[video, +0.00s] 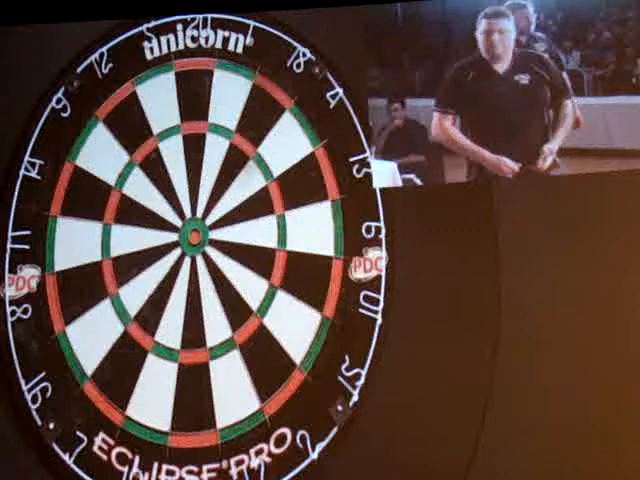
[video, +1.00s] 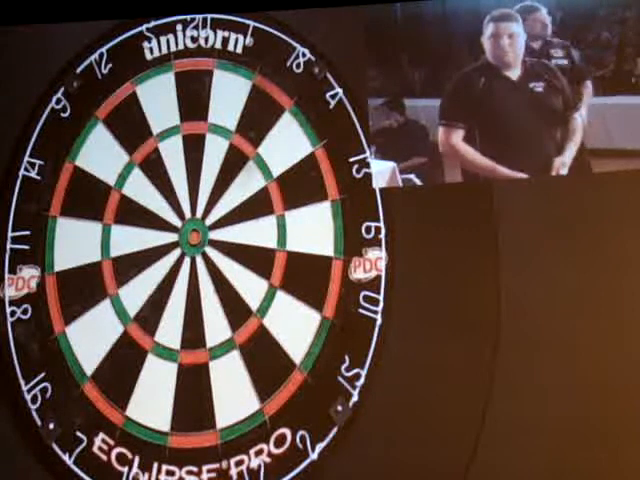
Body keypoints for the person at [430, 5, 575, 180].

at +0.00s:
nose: (493, 39)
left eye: (501, 32)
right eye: (486, 33)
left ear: (514, 36)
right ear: (477, 37)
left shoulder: (539, 65)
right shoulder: (462, 74)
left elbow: (566, 106)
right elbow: (440, 129)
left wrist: (553, 145)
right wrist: (489, 160)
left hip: (537, 181)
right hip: (487, 183)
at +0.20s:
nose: (494, 42)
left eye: (501, 35)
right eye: (487, 36)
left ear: (515, 39)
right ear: (476, 40)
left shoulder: (539, 69)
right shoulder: (461, 77)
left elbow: (565, 109)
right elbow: (441, 134)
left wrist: (555, 150)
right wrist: (492, 165)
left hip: (538, 188)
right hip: (485, 190)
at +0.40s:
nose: (500, 41)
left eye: (508, 34)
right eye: (493, 34)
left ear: (521, 38)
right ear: (482, 39)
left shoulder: (545, 71)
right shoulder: (464, 79)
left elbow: (572, 112)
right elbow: (442, 134)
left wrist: (558, 154)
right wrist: (495, 166)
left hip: (540, 189)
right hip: (487, 190)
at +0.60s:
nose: (503, 40)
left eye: (511, 33)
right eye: (495, 34)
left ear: (524, 38)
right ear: (483, 39)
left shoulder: (545, 72)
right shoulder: (466, 78)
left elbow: (574, 117)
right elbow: (443, 135)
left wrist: (559, 156)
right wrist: (497, 167)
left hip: (540, 190)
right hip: (486, 191)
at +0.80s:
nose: (504, 42)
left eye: (511, 35)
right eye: (496, 36)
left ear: (525, 40)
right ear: (484, 41)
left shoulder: (549, 74)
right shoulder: (466, 82)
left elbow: (575, 124)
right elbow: (447, 141)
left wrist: (560, 159)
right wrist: (504, 171)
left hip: (546, 190)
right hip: (493, 192)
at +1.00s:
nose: (503, 44)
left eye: (510, 36)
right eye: (494, 37)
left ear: (523, 40)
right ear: (483, 43)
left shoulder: (546, 74)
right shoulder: (467, 84)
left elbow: (574, 119)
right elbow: (449, 143)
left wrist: (566, 157)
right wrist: (506, 175)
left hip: (551, 188)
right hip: (499, 192)